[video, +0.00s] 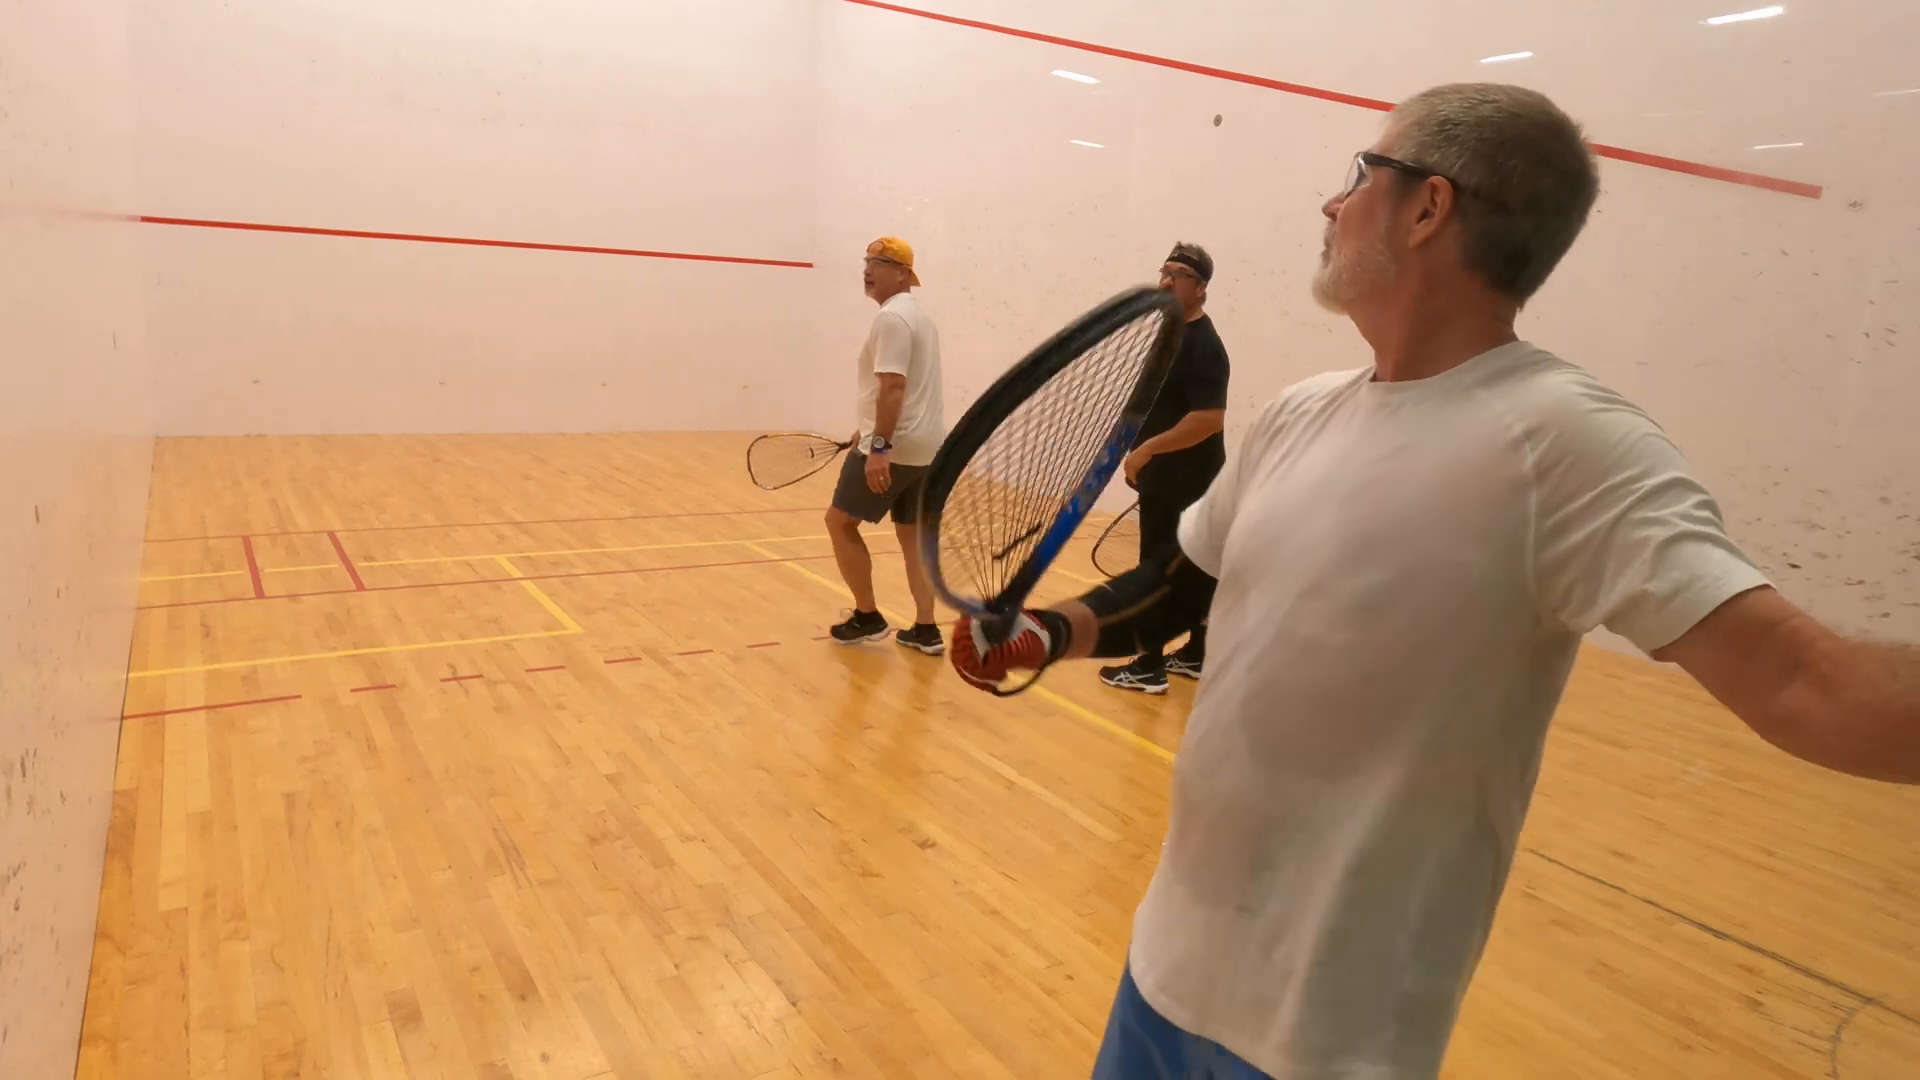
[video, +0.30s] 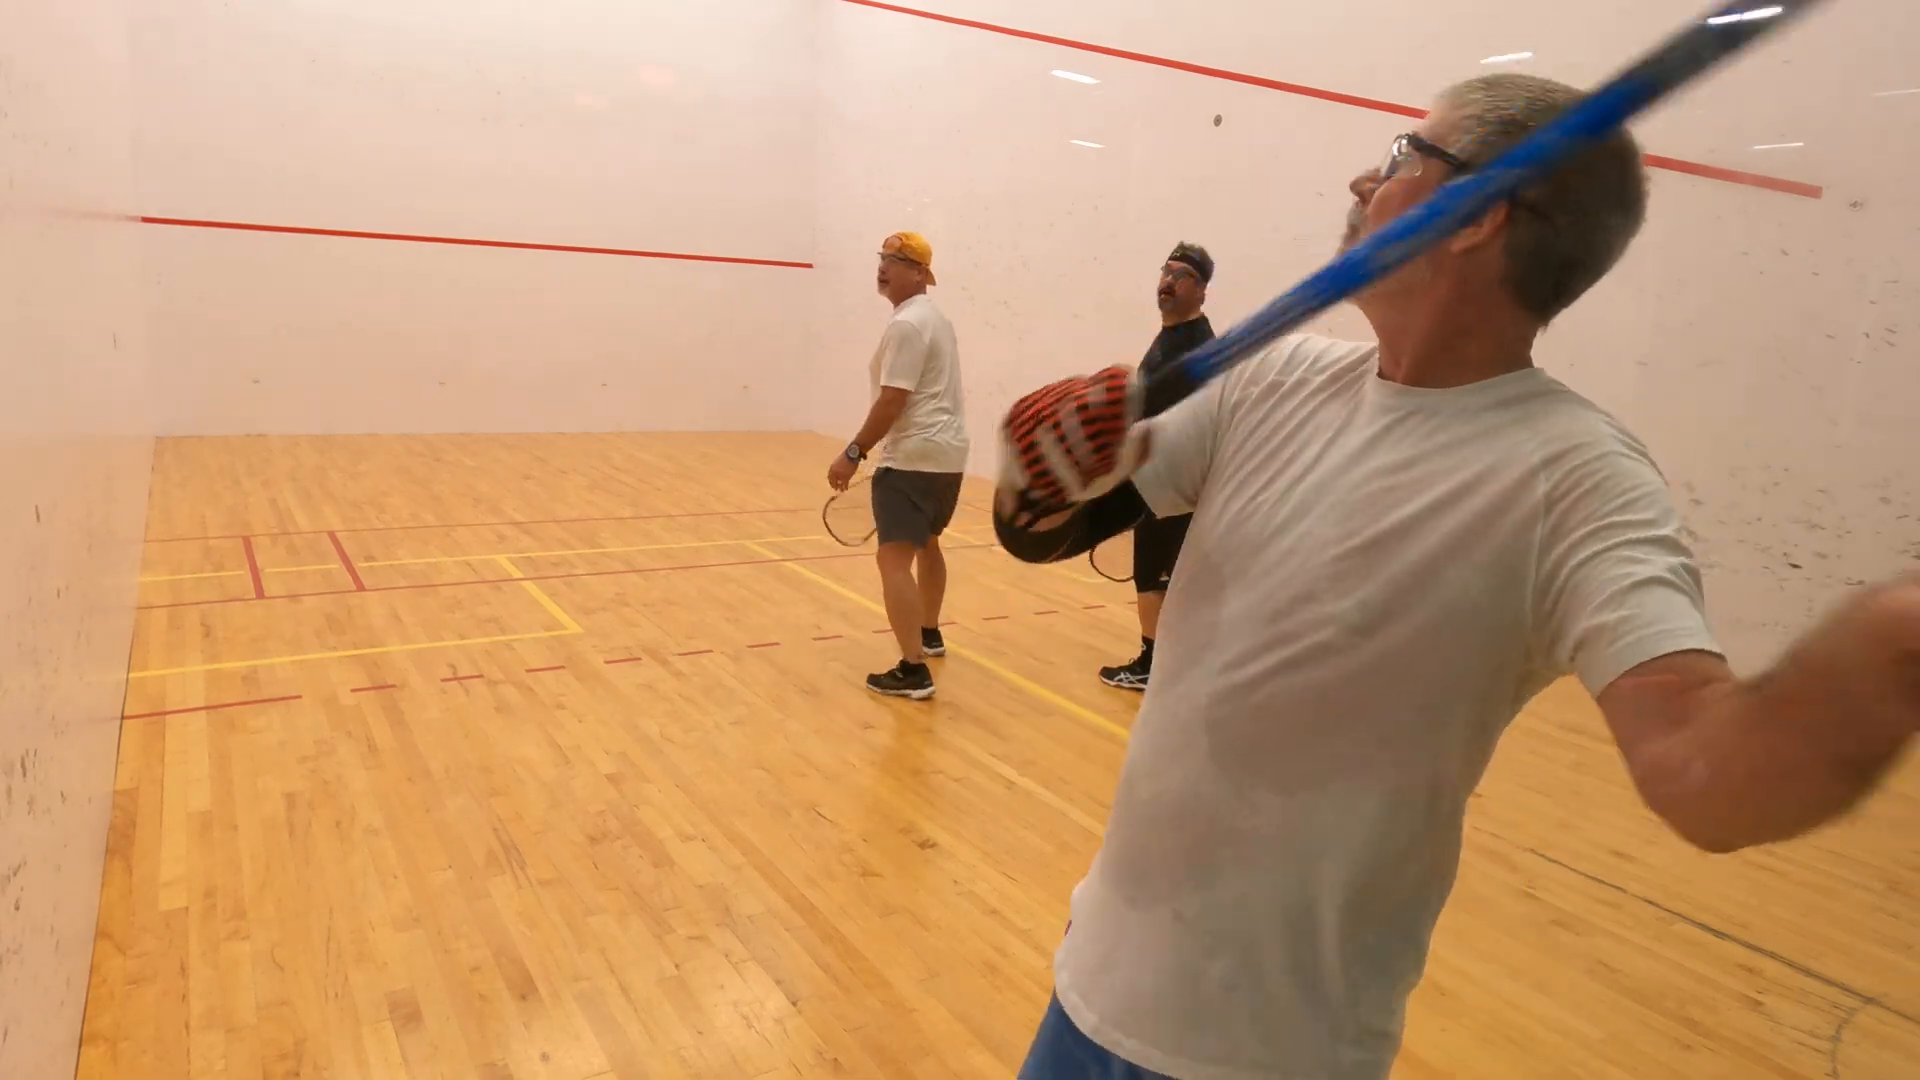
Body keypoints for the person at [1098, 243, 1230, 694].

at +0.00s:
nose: (1168, 282)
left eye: (1179, 277)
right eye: (1166, 274)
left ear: (1201, 290)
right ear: (1161, 281)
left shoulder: (1203, 344)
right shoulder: (1170, 334)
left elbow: (1210, 418)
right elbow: (1153, 400)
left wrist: (1148, 448)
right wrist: (1131, 438)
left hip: (1185, 471)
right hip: (1171, 466)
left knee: (1157, 563)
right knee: (1199, 558)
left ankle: (1148, 663)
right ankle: (1197, 649)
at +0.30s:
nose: (1167, 281)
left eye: (1180, 276)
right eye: (1166, 272)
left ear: (1202, 291)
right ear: (1159, 279)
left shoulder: (1195, 347)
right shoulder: (1169, 338)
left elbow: (1185, 418)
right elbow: (1150, 406)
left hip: (1174, 478)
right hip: (1162, 472)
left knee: (1152, 570)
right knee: (1159, 568)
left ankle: (1152, 659)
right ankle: (1157, 656)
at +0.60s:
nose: (1161, 281)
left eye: (1175, 276)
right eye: (1160, 272)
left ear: (1197, 293)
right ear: (1155, 277)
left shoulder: (1192, 343)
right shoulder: (1168, 334)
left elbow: (1186, 418)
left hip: (1161, 478)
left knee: (1140, 567)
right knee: (1188, 562)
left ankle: (1145, 652)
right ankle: (1199, 644)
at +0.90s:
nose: (1137, 275)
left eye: (1147, 271)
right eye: (1142, 268)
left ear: (1171, 286)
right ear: (1172, 288)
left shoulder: (1172, 341)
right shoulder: (1187, 334)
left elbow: (1175, 413)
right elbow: (1175, 412)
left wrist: (1119, 444)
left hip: (1155, 473)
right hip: (1178, 469)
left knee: (1142, 567)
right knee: (1172, 556)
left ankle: (1149, 663)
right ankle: (1192, 640)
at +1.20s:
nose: (1141, 279)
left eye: (1149, 275)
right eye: (1146, 273)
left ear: (1166, 288)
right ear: (1179, 291)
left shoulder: (1168, 343)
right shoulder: (1201, 339)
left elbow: (1160, 418)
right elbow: (1198, 415)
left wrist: (1111, 442)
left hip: (1157, 476)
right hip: (1191, 475)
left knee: (1143, 565)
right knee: (1190, 551)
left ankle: (1148, 664)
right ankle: (1206, 630)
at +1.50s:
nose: (1160, 291)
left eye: (1167, 285)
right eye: (1163, 284)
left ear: (1187, 294)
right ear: (1197, 295)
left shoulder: (1190, 348)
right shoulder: (1220, 342)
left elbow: (1189, 421)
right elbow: (1214, 417)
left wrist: (1172, 487)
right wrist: (1189, 473)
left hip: (1188, 478)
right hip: (1214, 476)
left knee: (1159, 565)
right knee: (1204, 556)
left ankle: (1150, 657)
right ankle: (1216, 635)